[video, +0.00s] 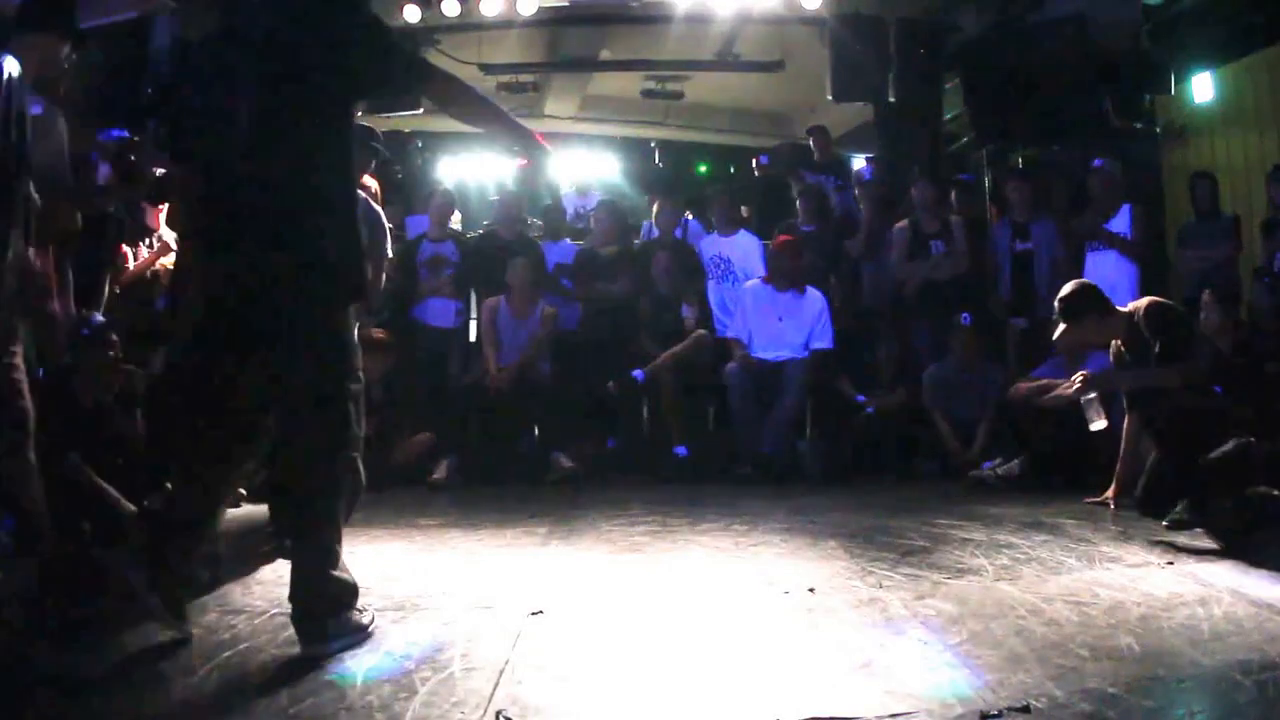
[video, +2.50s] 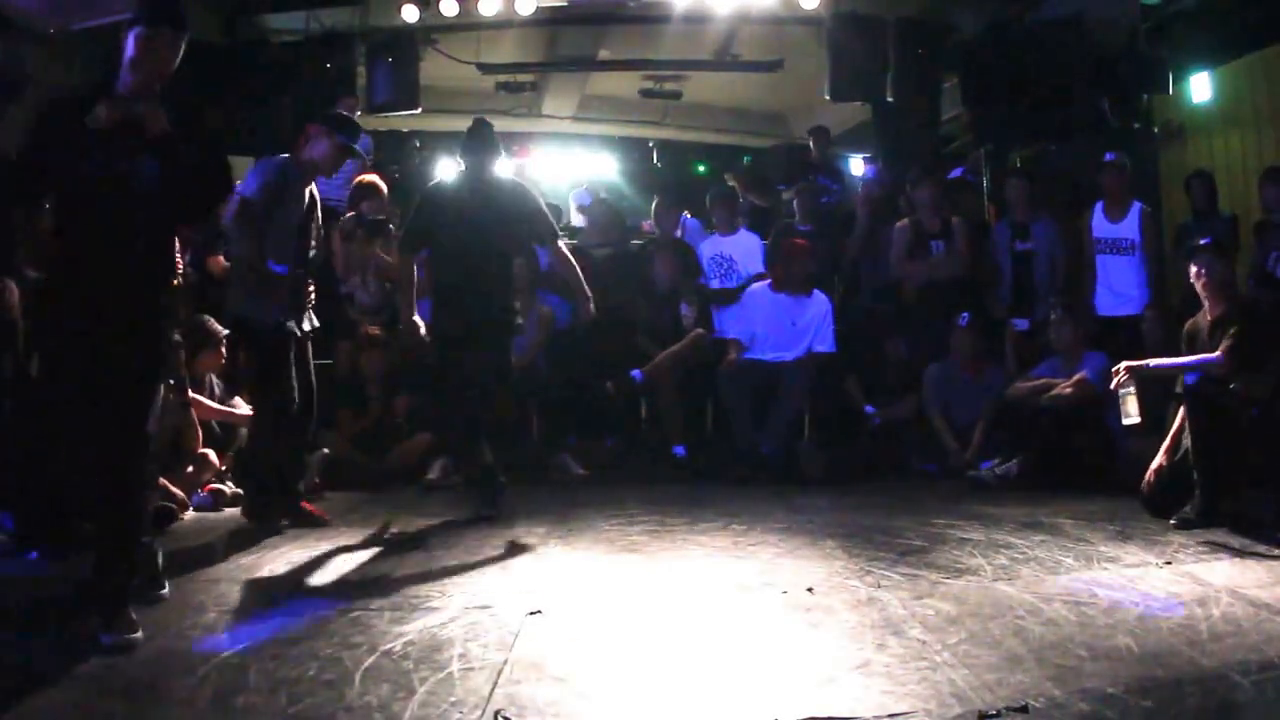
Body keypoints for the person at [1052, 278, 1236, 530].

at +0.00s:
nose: (1082, 339)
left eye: (1078, 329)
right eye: (1076, 331)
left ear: (1094, 318)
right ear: (1096, 318)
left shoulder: (1152, 312)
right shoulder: (1120, 350)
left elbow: (1180, 374)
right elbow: (1134, 415)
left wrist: (1106, 380)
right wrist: (1118, 486)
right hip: (1179, 431)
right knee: (1151, 503)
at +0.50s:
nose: (1135, 303)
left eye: (1138, 293)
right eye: (1133, 294)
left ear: (1159, 293)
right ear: (1156, 295)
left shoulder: (1209, 313)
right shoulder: (1166, 341)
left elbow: (1203, 367)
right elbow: (1151, 411)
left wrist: (1140, 357)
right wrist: (1117, 472)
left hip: (1232, 426)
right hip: (1197, 430)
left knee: (1173, 395)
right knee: (1149, 498)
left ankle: (1196, 497)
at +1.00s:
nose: (1157, 285)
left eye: (1163, 276)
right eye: (1157, 277)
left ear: (1189, 278)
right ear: (1184, 280)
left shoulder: (1224, 310)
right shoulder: (1179, 332)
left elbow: (1217, 359)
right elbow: (1180, 403)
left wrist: (1143, 369)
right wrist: (1177, 449)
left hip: (1242, 429)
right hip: (1205, 434)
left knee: (1193, 387)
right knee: (1152, 496)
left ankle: (1197, 501)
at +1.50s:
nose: (1175, 280)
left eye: (1185, 272)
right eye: (1176, 272)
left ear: (1210, 277)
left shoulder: (1236, 312)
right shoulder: (1186, 332)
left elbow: (1220, 358)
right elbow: (1184, 404)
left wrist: (1144, 373)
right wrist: (1174, 457)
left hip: (1250, 427)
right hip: (1210, 431)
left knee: (1198, 391)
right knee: (1156, 499)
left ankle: (1205, 505)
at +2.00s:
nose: (1186, 276)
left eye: (1195, 269)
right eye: (1186, 269)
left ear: (1220, 274)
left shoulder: (1245, 315)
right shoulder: (1193, 328)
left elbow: (1220, 360)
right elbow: (1193, 403)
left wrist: (1145, 368)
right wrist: (1169, 450)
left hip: (1255, 431)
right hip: (1213, 432)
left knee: (1196, 388)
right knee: (1156, 497)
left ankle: (1206, 503)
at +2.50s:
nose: (1204, 272)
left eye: (1211, 264)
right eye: (1197, 266)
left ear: (1226, 270)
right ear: (1189, 275)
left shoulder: (1245, 315)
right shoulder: (1193, 328)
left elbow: (1223, 361)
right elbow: (1188, 400)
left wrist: (1143, 366)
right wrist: (1165, 451)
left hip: (1249, 424)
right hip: (1206, 425)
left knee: (1197, 392)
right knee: (1156, 497)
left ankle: (1206, 502)